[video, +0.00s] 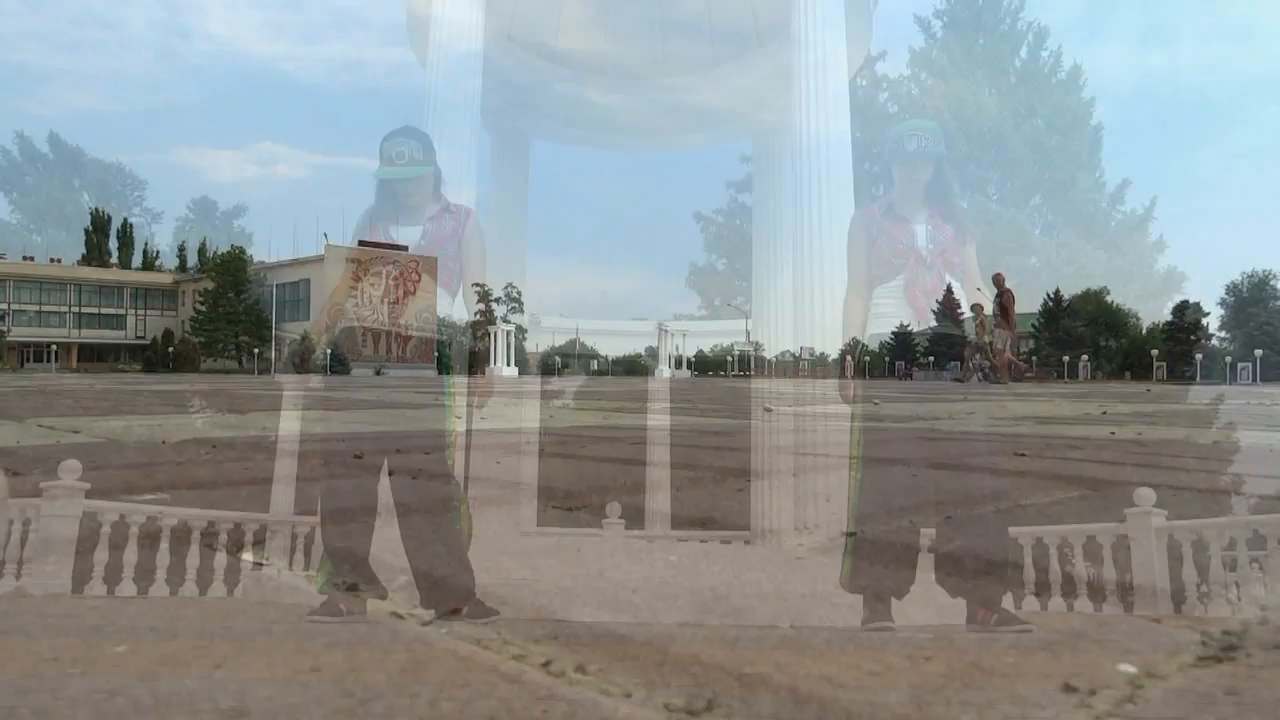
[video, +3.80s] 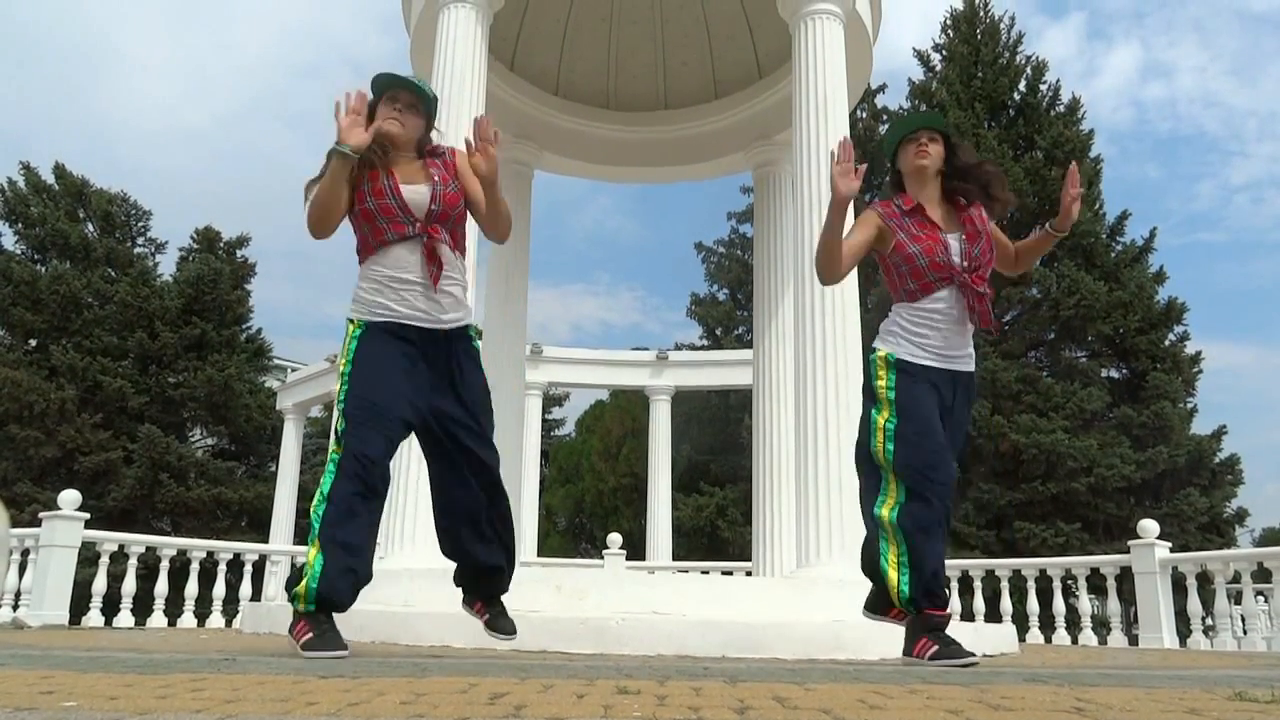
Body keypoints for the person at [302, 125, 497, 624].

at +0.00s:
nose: (403, 177)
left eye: (413, 166)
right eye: (394, 167)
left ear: (433, 167)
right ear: (382, 170)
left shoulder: (459, 223)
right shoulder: (367, 225)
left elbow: (478, 294)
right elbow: (341, 296)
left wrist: (480, 356)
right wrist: (320, 347)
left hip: (421, 368)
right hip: (353, 367)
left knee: (426, 475)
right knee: (347, 473)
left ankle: (449, 593)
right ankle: (349, 585)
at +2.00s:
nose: (416, 163)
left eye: (427, 156)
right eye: (408, 156)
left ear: (444, 170)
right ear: (395, 167)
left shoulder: (464, 221)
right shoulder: (377, 232)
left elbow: (483, 293)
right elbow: (358, 306)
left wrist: (485, 359)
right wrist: (330, 365)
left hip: (435, 366)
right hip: (368, 366)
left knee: (439, 492)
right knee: (349, 491)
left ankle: (471, 620)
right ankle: (343, 617)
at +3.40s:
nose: (437, 167)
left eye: (447, 161)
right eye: (429, 160)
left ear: (466, 175)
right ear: (415, 172)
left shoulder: (491, 225)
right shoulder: (397, 231)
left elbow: (509, 297)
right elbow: (377, 288)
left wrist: (487, 348)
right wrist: (365, 321)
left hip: (458, 375)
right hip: (394, 372)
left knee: (451, 500)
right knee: (368, 495)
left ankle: (461, 629)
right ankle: (348, 621)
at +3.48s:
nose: (437, 177)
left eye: (447, 171)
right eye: (428, 171)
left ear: (468, 184)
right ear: (415, 184)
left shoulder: (492, 235)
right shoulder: (394, 236)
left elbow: (489, 303)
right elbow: (374, 292)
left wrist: (421, 303)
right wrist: (410, 270)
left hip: (467, 379)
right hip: (402, 377)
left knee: (456, 503)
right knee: (360, 478)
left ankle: (462, 631)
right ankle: (353, 587)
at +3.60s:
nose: (426, 157)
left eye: (438, 151)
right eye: (419, 149)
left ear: (459, 166)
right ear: (406, 162)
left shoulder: (484, 208)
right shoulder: (388, 214)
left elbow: (447, 251)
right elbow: (392, 247)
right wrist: (464, 205)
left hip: (466, 365)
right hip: (398, 360)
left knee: (467, 497)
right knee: (355, 469)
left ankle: (467, 628)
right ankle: (365, 554)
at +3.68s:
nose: (412, 131)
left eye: (425, 125)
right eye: (405, 122)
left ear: (444, 138)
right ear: (390, 132)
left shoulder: (469, 170)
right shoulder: (374, 178)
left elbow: (458, 224)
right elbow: (378, 221)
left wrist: (415, 179)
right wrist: (440, 172)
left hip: (463, 341)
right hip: (394, 335)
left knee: (470, 472)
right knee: (369, 452)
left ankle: (474, 610)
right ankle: (339, 583)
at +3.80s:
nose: (401, 115)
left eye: (414, 110)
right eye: (390, 106)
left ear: (427, 124)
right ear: (370, 117)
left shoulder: (454, 164)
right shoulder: (354, 167)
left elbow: (500, 231)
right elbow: (320, 226)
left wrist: (490, 179)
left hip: (452, 339)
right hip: (380, 335)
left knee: (474, 465)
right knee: (359, 464)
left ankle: (483, 588)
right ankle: (315, 608)